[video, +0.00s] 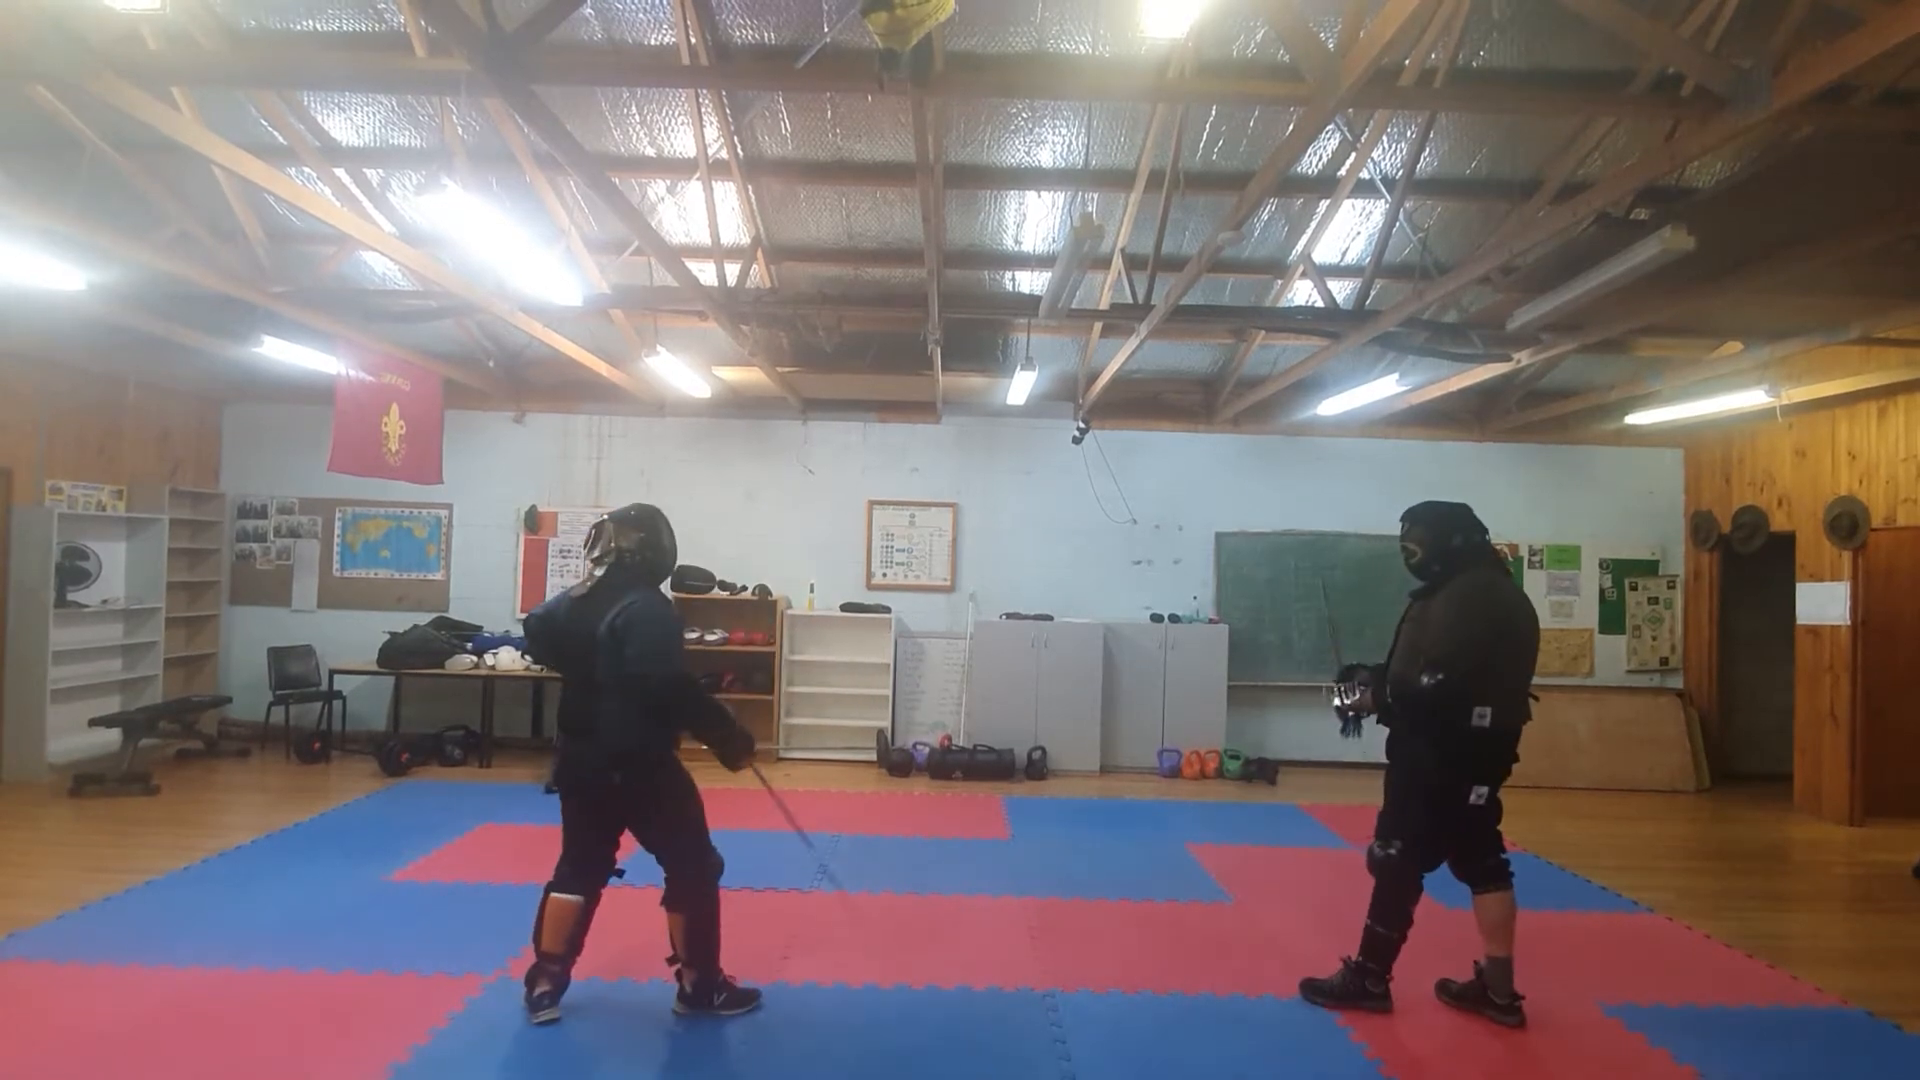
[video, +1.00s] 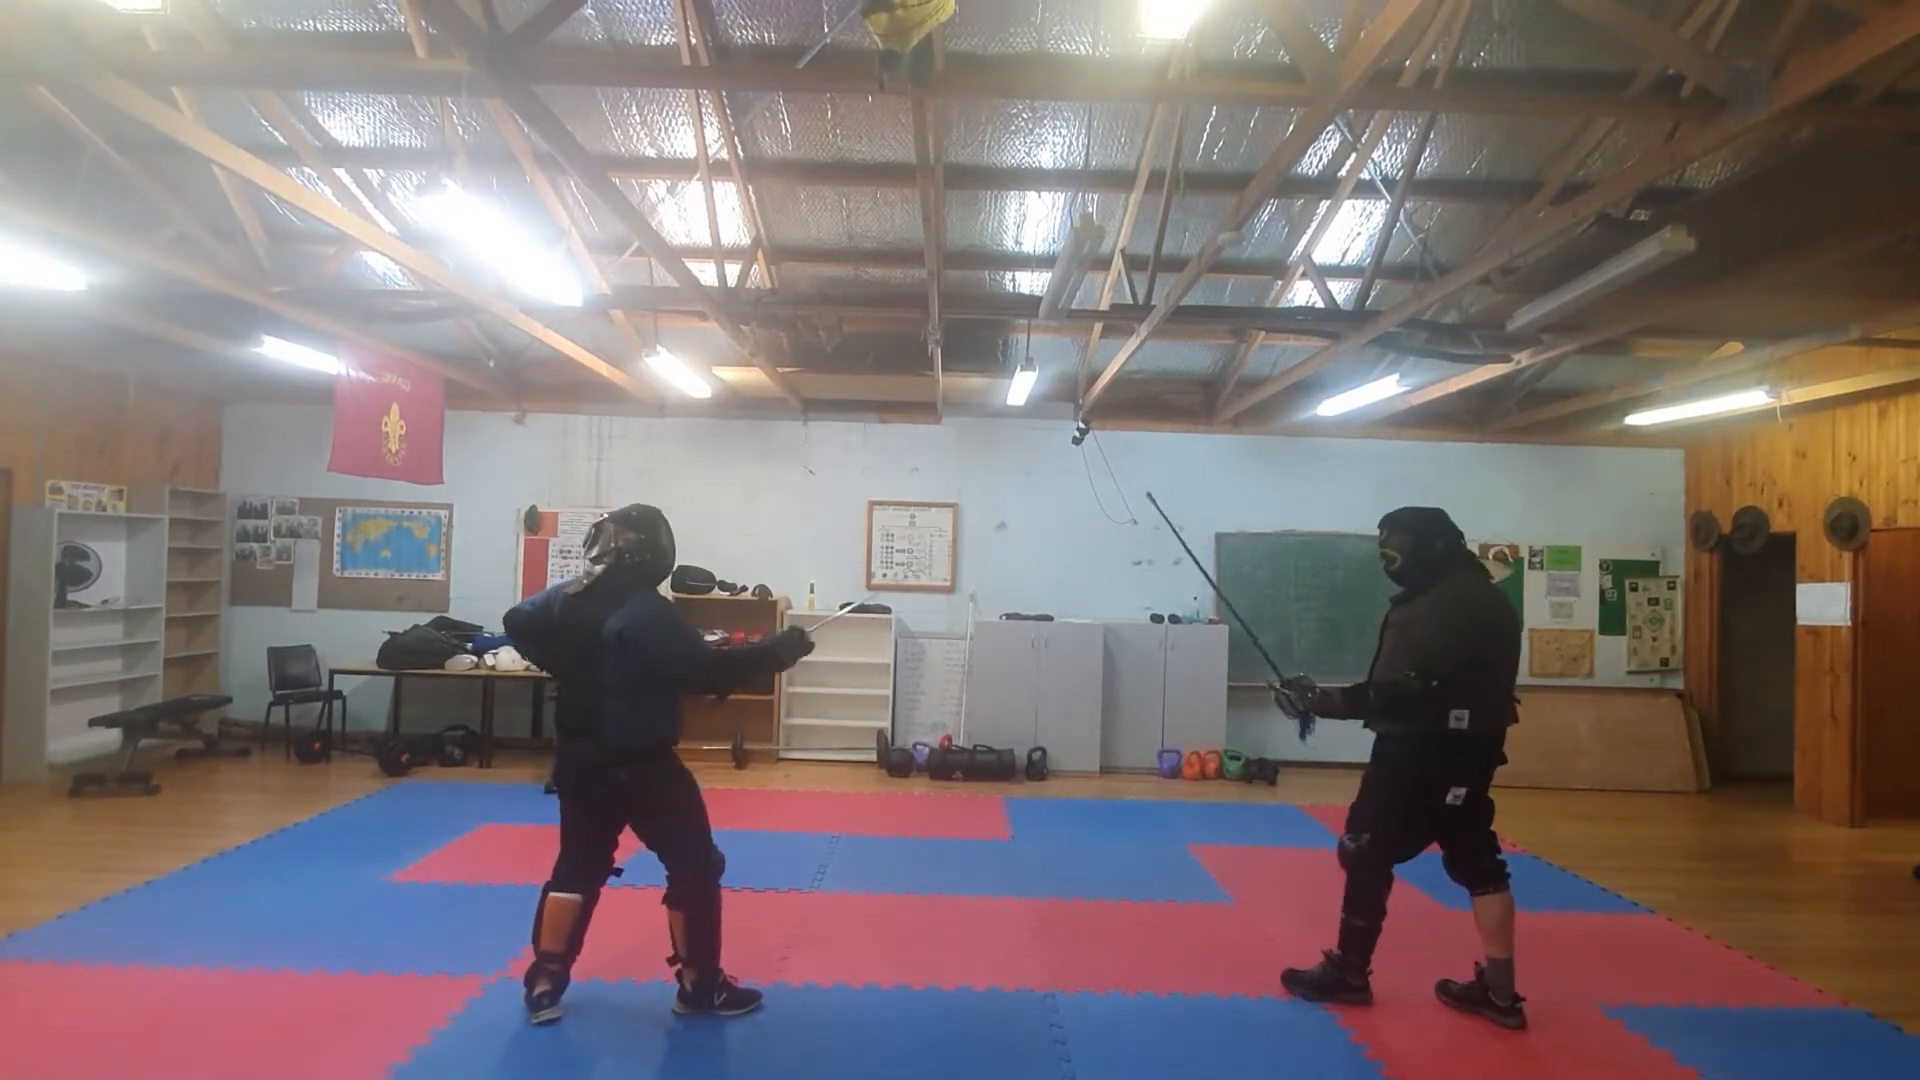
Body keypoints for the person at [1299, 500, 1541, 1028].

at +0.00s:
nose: (1410, 560)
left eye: (1416, 549)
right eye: (1407, 550)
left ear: (1448, 543)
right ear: (1457, 542)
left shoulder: (1464, 599)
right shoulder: (1496, 593)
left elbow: (1445, 693)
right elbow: (1435, 672)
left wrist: (1383, 698)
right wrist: (1380, 681)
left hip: (1433, 763)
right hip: (1479, 762)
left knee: (1396, 861)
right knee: (1484, 864)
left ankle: (1369, 975)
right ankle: (1497, 986)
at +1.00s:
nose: (1388, 566)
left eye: (1394, 554)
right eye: (1385, 555)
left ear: (1423, 548)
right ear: (1442, 546)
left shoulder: (1421, 609)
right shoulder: (1491, 601)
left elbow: (1395, 700)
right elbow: (1495, 699)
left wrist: (1319, 699)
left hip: (1413, 757)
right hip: (1472, 758)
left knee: (1366, 852)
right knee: (1479, 864)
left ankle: (1349, 970)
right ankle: (1499, 989)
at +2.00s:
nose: (1380, 567)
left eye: (1385, 556)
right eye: (1377, 557)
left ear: (1413, 553)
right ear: (1434, 550)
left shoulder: (1416, 607)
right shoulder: (1487, 602)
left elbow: (1378, 679)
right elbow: (1488, 689)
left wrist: (1290, 685)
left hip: (1410, 756)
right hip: (1470, 755)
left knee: (1356, 845)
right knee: (1485, 855)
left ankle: (1345, 969)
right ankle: (1513, 973)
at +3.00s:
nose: (1362, 570)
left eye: (1367, 558)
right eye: (1360, 560)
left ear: (1399, 553)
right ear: (1418, 550)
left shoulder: (1402, 602)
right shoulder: (1470, 598)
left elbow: (1330, 653)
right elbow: (1478, 685)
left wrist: (1242, 636)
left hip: (1401, 750)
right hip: (1462, 749)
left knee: (1347, 845)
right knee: (1464, 847)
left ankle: (1344, 968)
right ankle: (1544, 957)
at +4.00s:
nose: (1435, 573)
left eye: (1442, 562)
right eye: (1433, 562)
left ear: (1476, 558)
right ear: (1498, 557)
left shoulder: (1480, 610)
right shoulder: (1548, 609)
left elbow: (1404, 655)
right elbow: (1553, 702)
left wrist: (1315, 634)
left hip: (1475, 763)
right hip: (1531, 765)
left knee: (1405, 851)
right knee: (1548, 874)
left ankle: (1429, 988)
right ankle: (1599, 993)